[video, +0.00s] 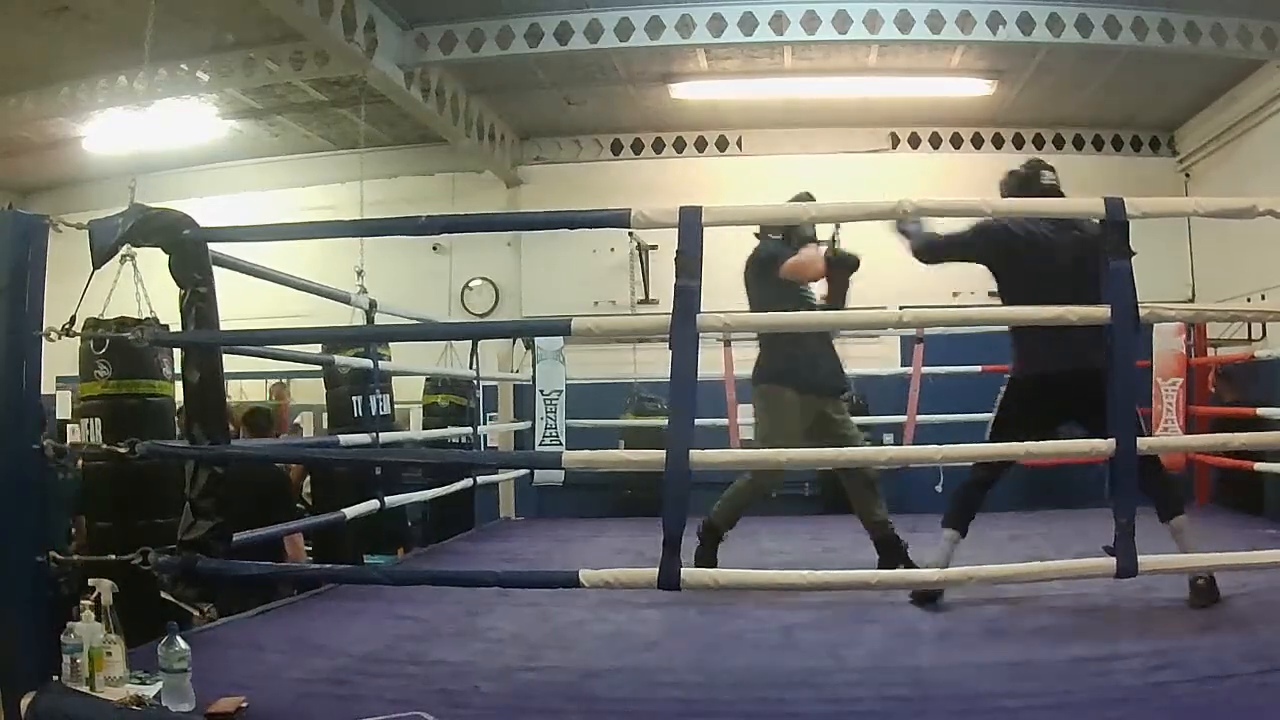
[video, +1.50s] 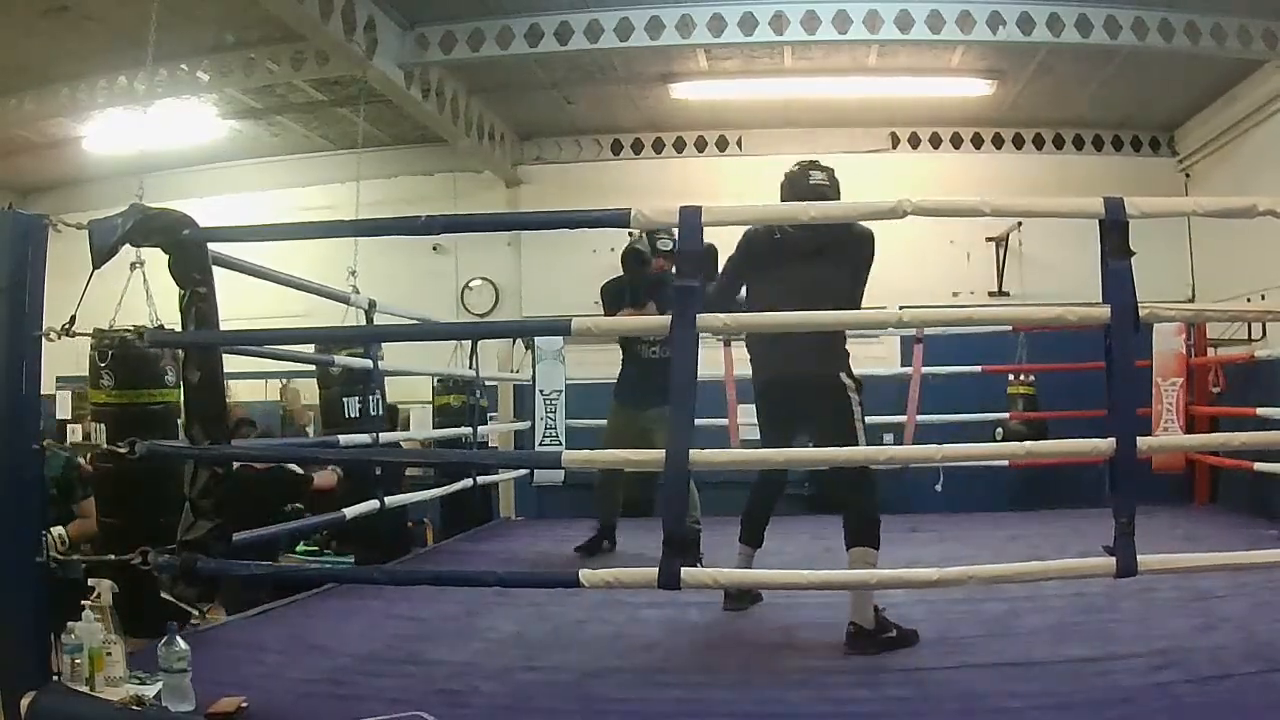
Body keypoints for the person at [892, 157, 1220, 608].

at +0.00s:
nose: (1001, 206)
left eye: (1003, 200)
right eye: (1004, 201)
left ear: (1011, 200)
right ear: (1057, 196)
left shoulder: (999, 233)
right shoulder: (1091, 232)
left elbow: (929, 251)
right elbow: (1127, 243)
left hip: (1035, 382)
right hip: (1096, 379)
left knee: (986, 469)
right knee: (1145, 461)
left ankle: (935, 572)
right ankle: (1198, 569)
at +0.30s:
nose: (920, 192)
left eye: (922, 184)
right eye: (922, 184)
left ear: (932, 183)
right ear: (974, 173)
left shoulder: (922, 223)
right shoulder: (1013, 216)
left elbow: (917, 296)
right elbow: (1010, 290)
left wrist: (894, 299)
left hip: (943, 362)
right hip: (1000, 361)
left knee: (905, 459)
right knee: (1021, 472)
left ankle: (847, 562)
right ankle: (1029, 599)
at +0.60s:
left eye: (826, 201)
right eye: (855, 185)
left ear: (823, 203)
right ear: (872, 191)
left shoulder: (817, 247)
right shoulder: (914, 229)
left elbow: (800, 322)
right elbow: (916, 295)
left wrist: (786, 282)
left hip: (859, 373)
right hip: (920, 369)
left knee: (842, 470)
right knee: (954, 470)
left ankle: (804, 581)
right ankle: (948, 587)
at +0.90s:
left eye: (812, 177)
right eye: (837, 171)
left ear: (805, 182)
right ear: (855, 178)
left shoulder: (787, 226)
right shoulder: (887, 220)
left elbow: (743, 287)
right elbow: (916, 295)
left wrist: (736, 276)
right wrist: (886, 257)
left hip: (810, 368)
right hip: (868, 367)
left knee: (803, 462)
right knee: (865, 479)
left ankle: (776, 573)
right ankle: (847, 619)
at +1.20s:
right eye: (798, 175)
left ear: (760, 194)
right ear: (809, 185)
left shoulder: (749, 230)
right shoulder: (843, 220)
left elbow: (720, 301)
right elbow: (855, 294)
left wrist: (714, 261)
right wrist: (810, 302)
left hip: (777, 370)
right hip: (832, 368)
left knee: (765, 474)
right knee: (849, 484)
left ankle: (738, 583)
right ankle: (841, 617)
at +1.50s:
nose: (825, 205)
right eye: (829, 194)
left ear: (784, 198)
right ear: (836, 198)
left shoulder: (758, 237)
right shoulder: (857, 239)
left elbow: (721, 296)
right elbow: (845, 308)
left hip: (771, 379)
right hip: (827, 377)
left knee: (770, 471)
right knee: (859, 485)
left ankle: (738, 581)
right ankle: (864, 620)